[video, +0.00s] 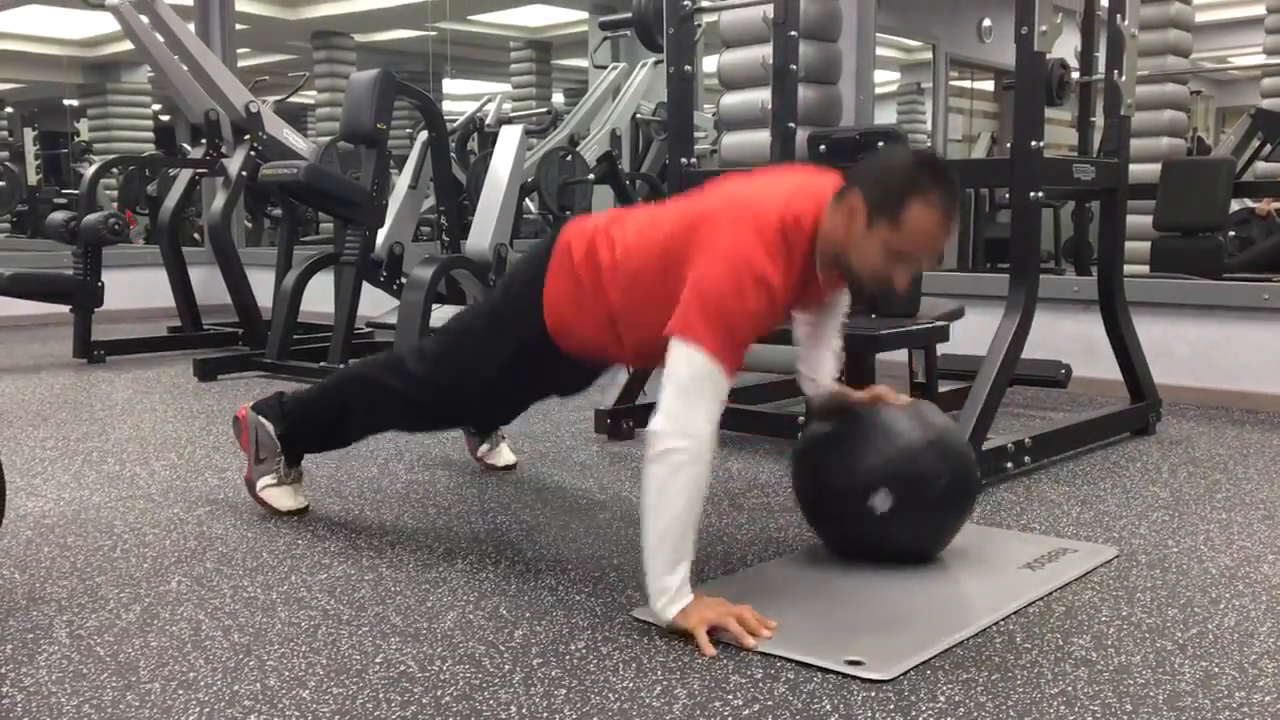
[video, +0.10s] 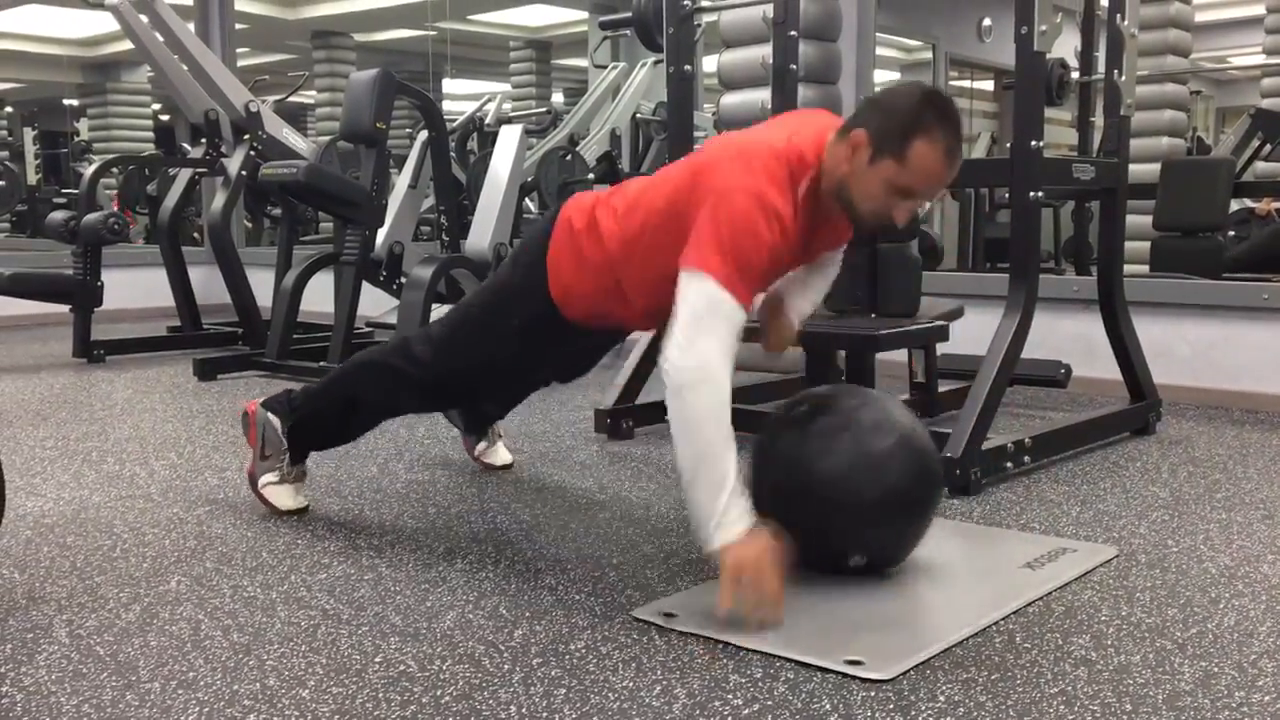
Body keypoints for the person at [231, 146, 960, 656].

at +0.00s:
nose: (905, 278)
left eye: (919, 264)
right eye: (902, 258)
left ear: (882, 226)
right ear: (853, 214)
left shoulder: (844, 223)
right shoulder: (752, 244)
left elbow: (821, 300)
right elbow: (686, 425)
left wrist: (825, 384)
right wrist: (674, 595)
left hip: (624, 316)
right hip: (567, 284)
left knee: (534, 378)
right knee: (435, 381)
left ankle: (482, 415)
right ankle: (274, 425)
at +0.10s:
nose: (910, 214)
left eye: (924, 201)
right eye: (905, 193)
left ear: (896, 162)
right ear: (856, 147)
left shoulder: (852, 168)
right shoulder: (758, 189)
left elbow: (826, 246)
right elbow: (695, 359)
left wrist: (787, 302)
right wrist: (731, 528)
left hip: (634, 287)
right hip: (576, 258)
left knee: (541, 364)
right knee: (438, 362)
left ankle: (472, 409)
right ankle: (283, 424)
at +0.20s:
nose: (919, 215)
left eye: (934, 202)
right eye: (914, 192)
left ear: (903, 162)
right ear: (865, 150)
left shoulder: (862, 181)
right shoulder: (766, 187)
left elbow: (859, 268)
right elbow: (642, 291)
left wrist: (856, 341)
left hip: (641, 304)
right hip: (574, 272)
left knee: (543, 374)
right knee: (446, 371)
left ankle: (470, 417)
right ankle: (285, 425)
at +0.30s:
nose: (939, 276)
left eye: (955, 263)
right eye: (936, 254)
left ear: (930, 236)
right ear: (890, 210)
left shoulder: (897, 248)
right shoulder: (795, 214)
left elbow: (926, 344)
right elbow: (641, 278)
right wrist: (708, 407)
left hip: (645, 329)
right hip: (588, 301)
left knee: (531, 382)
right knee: (450, 384)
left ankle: (468, 416)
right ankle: (285, 425)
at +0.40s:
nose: (967, 398)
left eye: (980, 387)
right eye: (966, 381)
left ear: (952, 341)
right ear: (928, 336)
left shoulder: (926, 329)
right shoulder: (823, 304)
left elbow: (951, 395)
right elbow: (668, 294)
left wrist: (934, 494)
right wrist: (682, 432)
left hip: (663, 390)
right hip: (619, 352)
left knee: (514, 401)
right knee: (466, 406)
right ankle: (292, 420)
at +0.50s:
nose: (981, 499)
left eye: (997, 493)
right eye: (983, 485)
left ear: (969, 432)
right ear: (945, 435)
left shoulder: (941, 395)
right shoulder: (859, 378)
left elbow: (932, 426)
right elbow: (706, 306)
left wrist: (945, 497)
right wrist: (672, 438)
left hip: (673, 387)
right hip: (635, 406)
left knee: (525, 401)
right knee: (481, 445)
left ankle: (463, 389)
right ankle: (306, 421)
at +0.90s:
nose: (973, 380)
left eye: (985, 368)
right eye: (970, 362)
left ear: (960, 330)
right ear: (926, 318)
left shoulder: (923, 338)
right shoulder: (825, 296)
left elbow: (934, 404)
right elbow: (668, 303)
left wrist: (929, 495)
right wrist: (709, 430)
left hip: (659, 391)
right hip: (620, 338)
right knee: (463, 404)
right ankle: (295, 421)